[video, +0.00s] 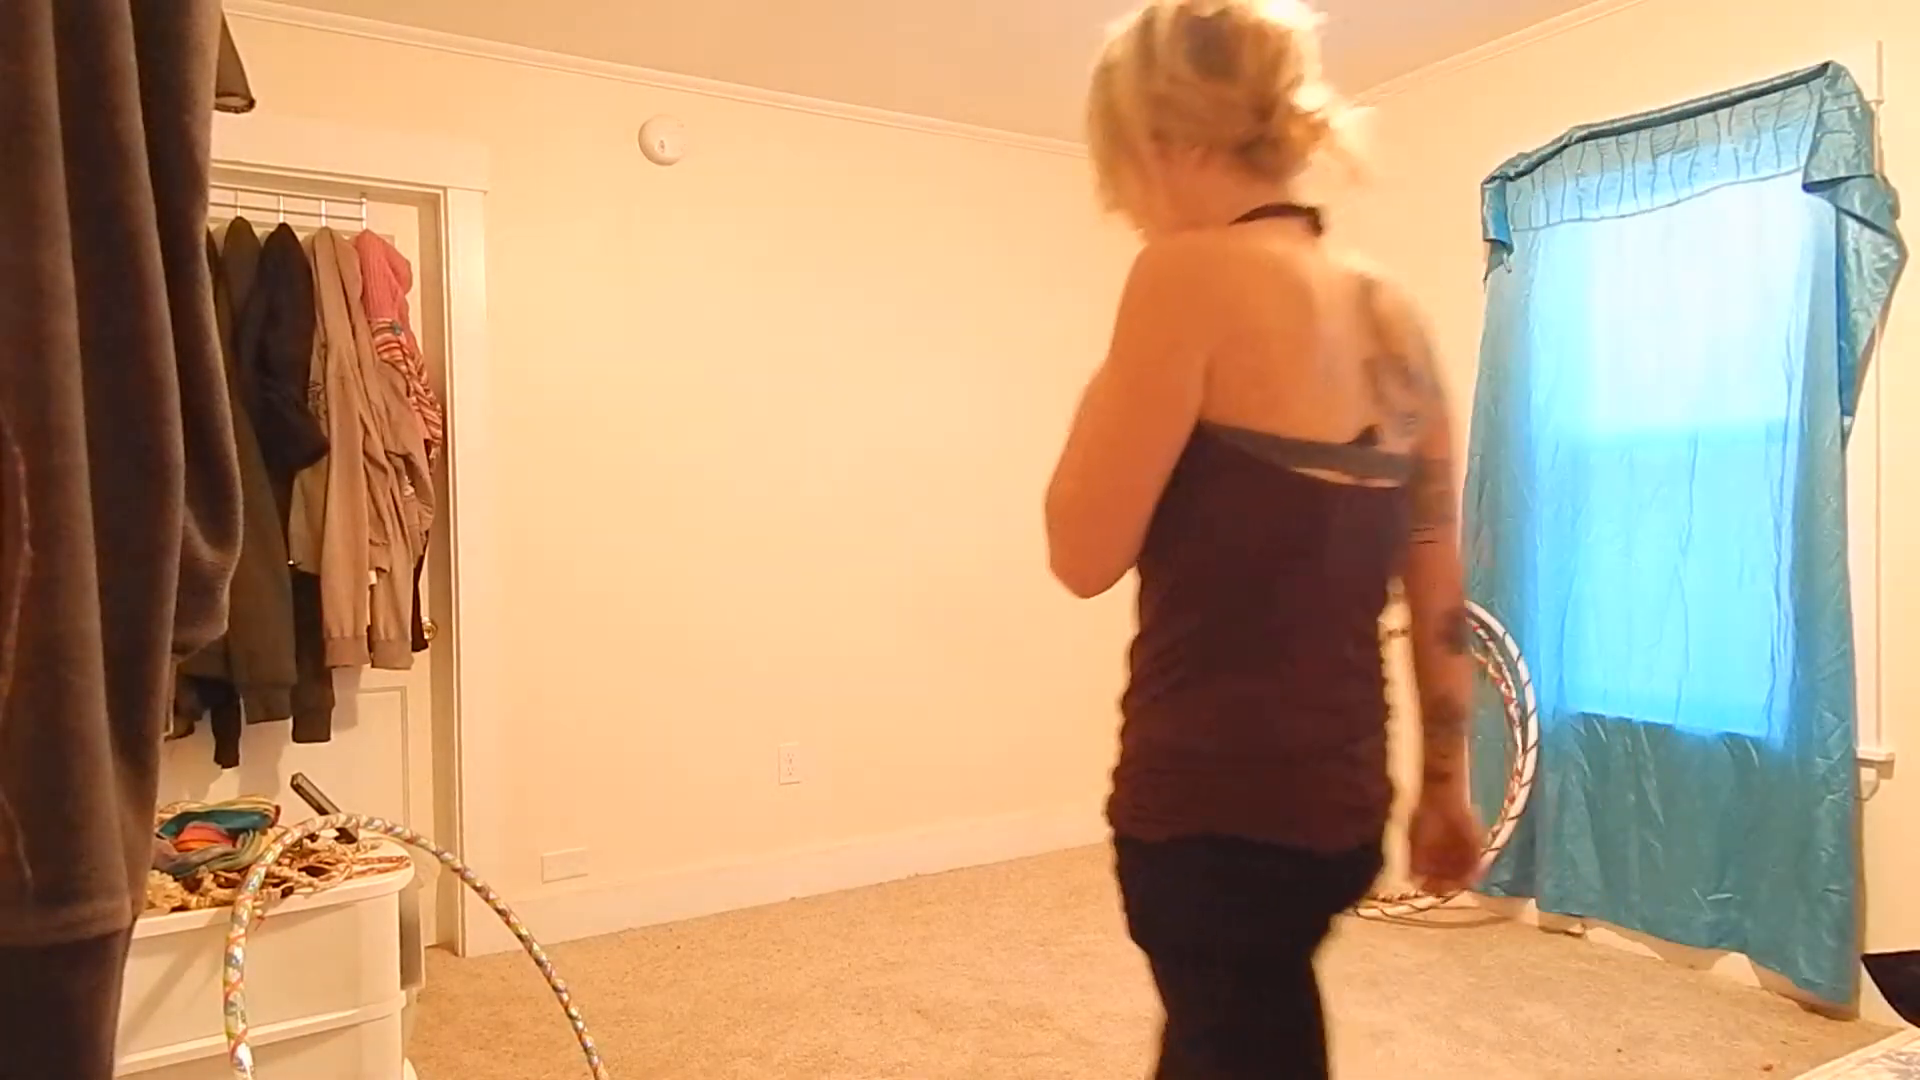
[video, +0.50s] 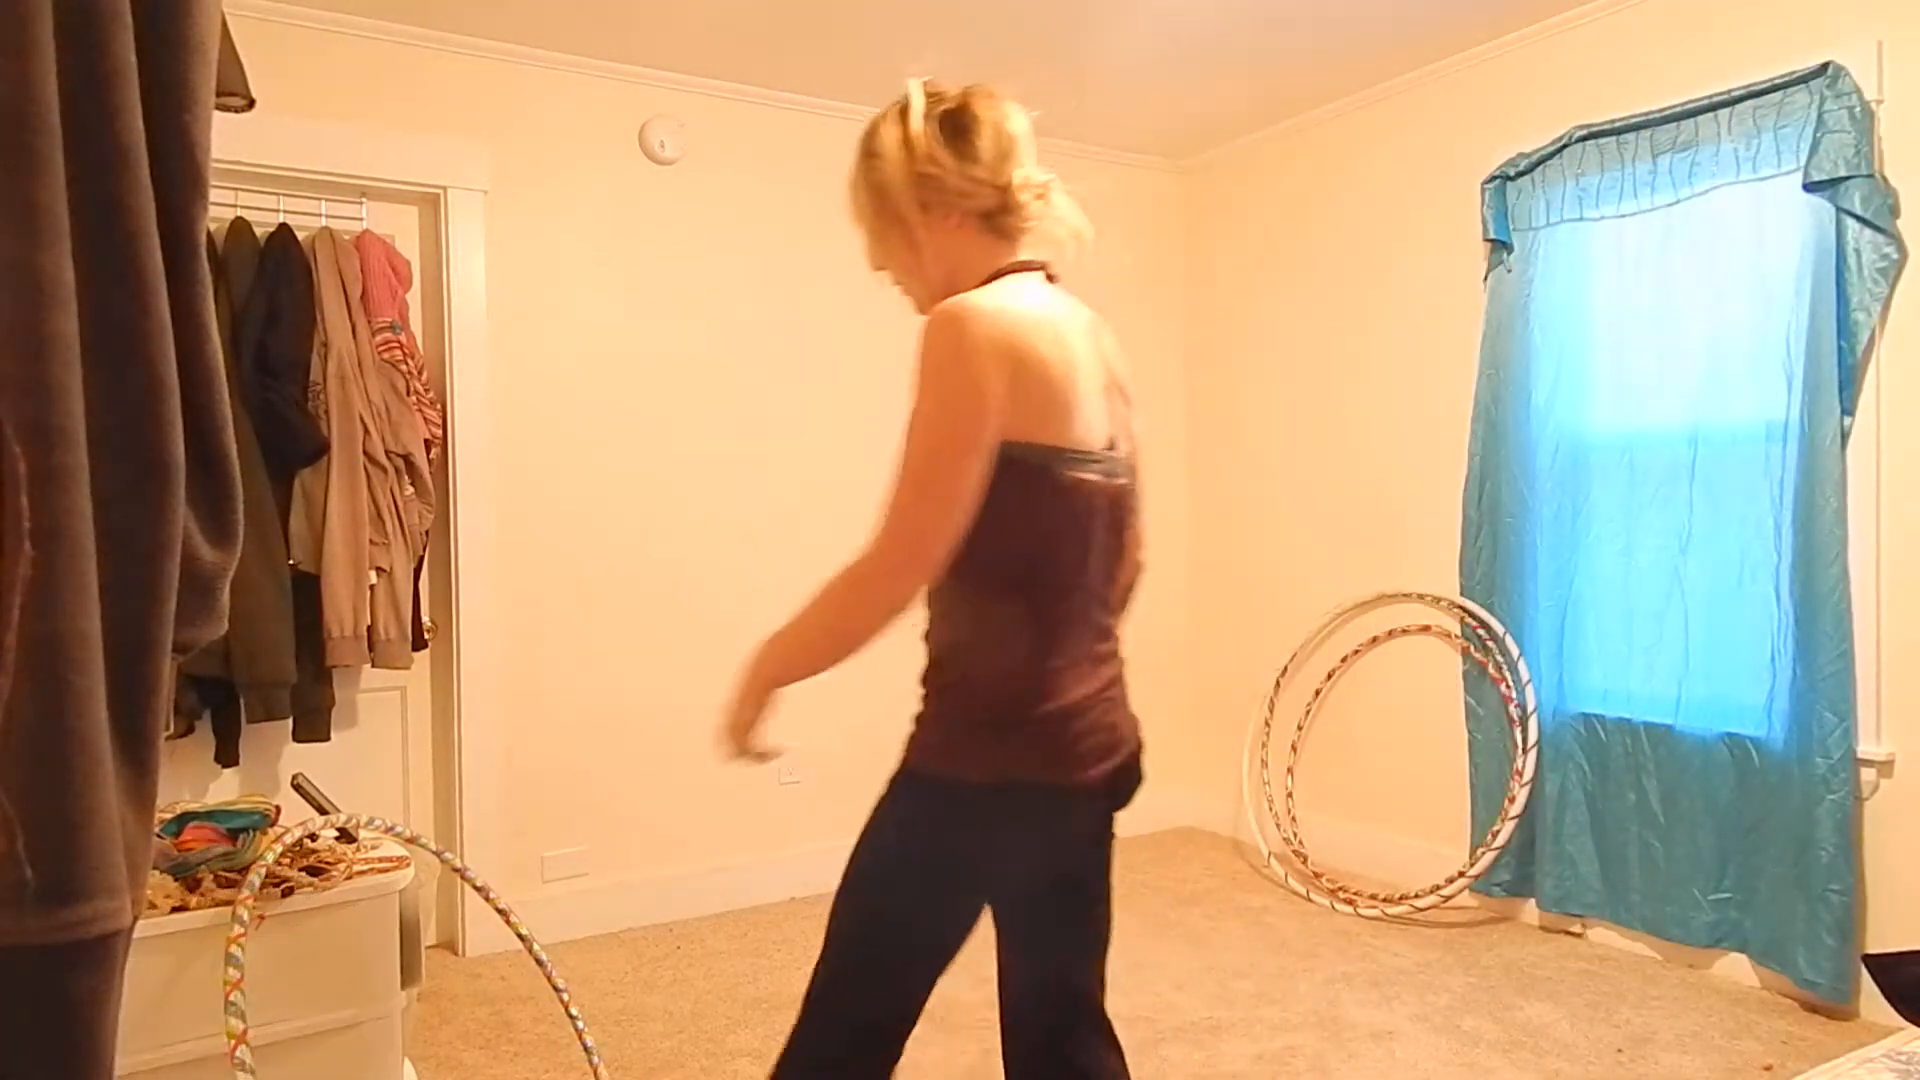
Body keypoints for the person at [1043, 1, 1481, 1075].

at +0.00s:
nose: (1128, 203)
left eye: (1124, 170)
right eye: (1120, 173)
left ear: (1169, 143)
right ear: (1288, 136)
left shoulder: (1190, 276)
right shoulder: (1393, 313)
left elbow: (1083, 555)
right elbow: (1436, 570)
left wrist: (1132, 371)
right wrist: (1446, 772)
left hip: (1205, 810)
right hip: (1339, 809)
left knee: (1262, 1070)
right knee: (1209, 1060)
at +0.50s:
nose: (883, 265)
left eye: (886, 234)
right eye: (877, 239)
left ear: (943, 209)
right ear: (990, 202)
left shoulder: (971, 326)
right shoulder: (1082, 331)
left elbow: (906, 559)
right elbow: (1122, 565)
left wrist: (767, 667)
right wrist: (1042, 671)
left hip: (980, 751)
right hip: (1083, 742)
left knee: (840, 1043)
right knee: (1061, 1036)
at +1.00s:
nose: (586, 327)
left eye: (590, 300)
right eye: (583, 302)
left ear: (645, 288)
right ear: (707, 274)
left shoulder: (655, 432)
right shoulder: (841, 372)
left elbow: (490, 656)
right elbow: (962, 553)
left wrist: (325, 808)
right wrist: (1004, 671)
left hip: (825, 750)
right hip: (959, 705)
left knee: (735, 1015)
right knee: (1039, 957)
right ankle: (1104, 1076)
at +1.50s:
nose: (855, 302)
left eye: (854, 285)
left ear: (865, 288)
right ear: (957, 261)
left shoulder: (866, 413)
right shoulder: (1055, 385)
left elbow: (751, 565)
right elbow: (1139, 542)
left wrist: (604, 690)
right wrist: (1204, 672)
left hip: (934, 716)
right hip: (1067, 711)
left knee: (836, 955)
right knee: (1106, 956)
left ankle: (795, 1070)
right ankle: (1137, 1075)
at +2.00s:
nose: (1194, 246)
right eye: (1188, 231)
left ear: (1088, 259)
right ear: (1184, 244)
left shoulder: (1061, 384)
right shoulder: (1231, 360)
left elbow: (1024, 529)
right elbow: (1258, 531)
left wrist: (986, 619)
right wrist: (1312, 681)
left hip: (1079, 648)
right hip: (1194, 666)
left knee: (1025, 753)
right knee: (1174, 887)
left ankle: (1004, 853)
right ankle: (1161, 1068)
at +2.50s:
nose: (1199, 305)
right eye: (1198, 290)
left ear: (1111, 308)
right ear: (1196, 298)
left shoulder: (1094, 422)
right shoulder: (1215, 409)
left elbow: (1131, 574)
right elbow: (1232, 573)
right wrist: (1285, 718)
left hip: (1137, 700)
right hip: (1214, 697)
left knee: (1193, 915)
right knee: (1207, 933)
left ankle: (1180, 1059)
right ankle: (1155, 1070)